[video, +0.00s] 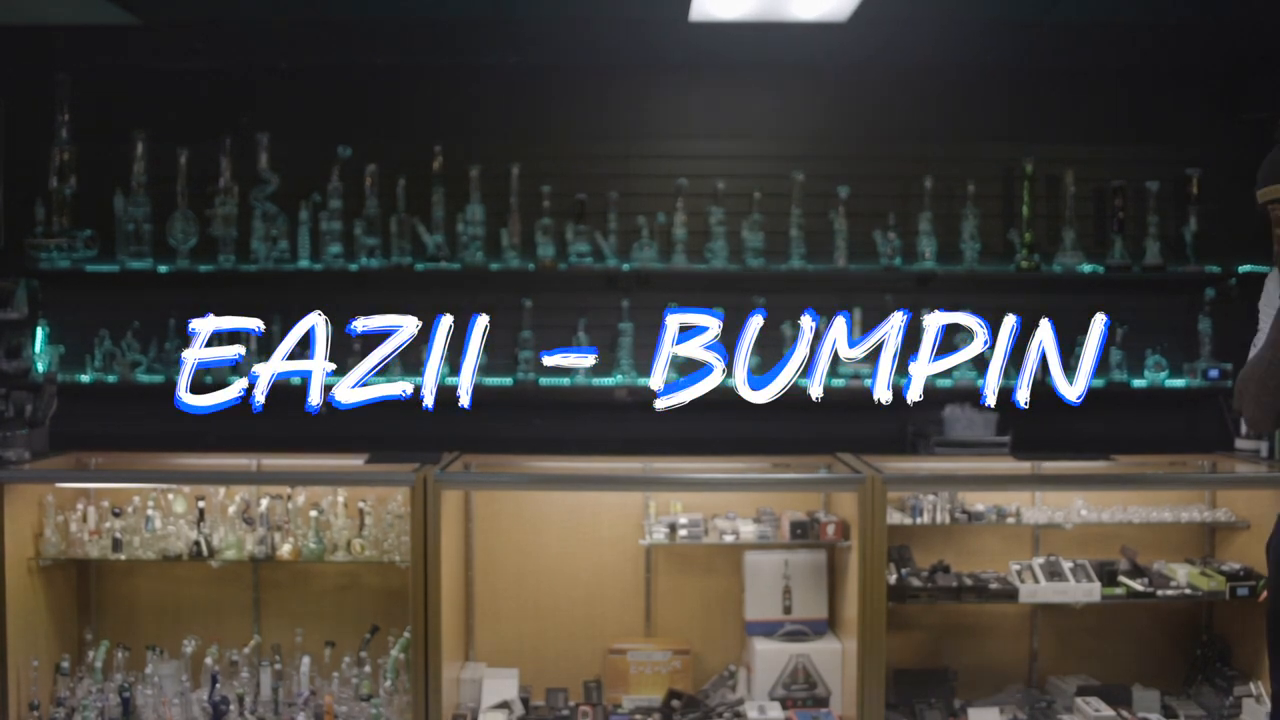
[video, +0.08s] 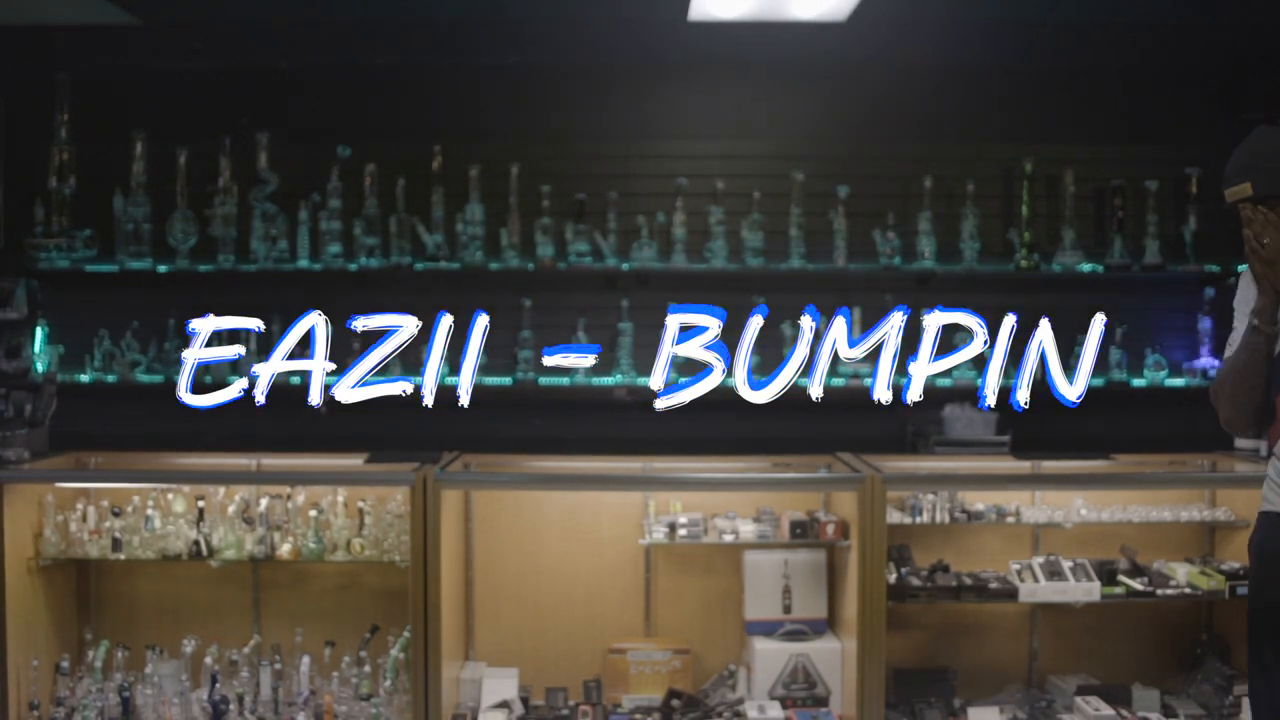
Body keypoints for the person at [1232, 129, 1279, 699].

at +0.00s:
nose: (1274, 223)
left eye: (1275, 206)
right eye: (1269, 208)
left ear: (1278, 205)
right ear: (1263, 210)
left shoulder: (1272, 291)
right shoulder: (1270, 290)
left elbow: (1255, 411)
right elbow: (1253, 410)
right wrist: (1273, 334)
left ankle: (1272, 697)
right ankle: (1272, 698)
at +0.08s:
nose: (1244, 230)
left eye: (1249, 212)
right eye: (1239, 216)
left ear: (1274, 211)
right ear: (1249, 219)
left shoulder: (1264, 288)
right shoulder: (1253, 287)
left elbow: (1238, 416)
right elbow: (1236, 418)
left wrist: (1264, 303)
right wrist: (1267, 304)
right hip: (1275, 507)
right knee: (1268, 675)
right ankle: (1264, 701)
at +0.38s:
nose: (1184, 222)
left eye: (1194, 205)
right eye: (1175, 209)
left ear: (1241, 189)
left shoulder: (1279, 260)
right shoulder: (1199, 269)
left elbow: (1274, 374)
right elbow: (1169, 421)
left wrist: (1228, 299)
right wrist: (1189, 315)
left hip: (1278, 526)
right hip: (1221, 523)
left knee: (1263, 700)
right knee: (1220, 698)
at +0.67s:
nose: (1138, 228)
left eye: (1151, 211)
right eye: (1126, 215)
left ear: (1199, 193)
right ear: (1115, 212)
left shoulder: (1269, 265)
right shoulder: (1130, 272)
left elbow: (1244, 398)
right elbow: (1061, 405)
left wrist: (1202, 254)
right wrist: (1087, 270)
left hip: (1234, 551)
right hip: (1145, 552)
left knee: (1177, 709)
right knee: (1168, 710)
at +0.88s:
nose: (1098, 202)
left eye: (1111, 183)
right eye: (1086, 188)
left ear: (1164, 170)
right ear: (1076, 190)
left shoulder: (1247, 249)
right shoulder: (1085, 259)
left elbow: (1185, 388)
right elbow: (1018, 400)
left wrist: (1141, 236)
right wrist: (1038, 252)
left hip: (1180, 551)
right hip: (1081, 550)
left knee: (1134, 707)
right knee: (1049, 707)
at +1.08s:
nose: (1033, 189)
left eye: (1043, 169)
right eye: (1021, 175)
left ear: (1094, 157)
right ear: (1012, 182)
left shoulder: (1188, 243)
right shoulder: (1028, 253)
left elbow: (1114, 392)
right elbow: (961, 401)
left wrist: (1065, 235)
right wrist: (975, 250)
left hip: (1122, 565)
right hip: (1014, 551)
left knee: (1098, 708)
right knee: (950, 706)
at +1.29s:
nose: (955, 199)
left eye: (964, 182)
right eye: (944, 188)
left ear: (1012, 166)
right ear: (940, 189)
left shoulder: (1112, 250)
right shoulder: (951, 261)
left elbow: (1045, 406)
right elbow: (882, 416)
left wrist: (992, 247)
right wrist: (894, 263)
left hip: (1045, 590)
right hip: (934, 576)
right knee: (888, 706)